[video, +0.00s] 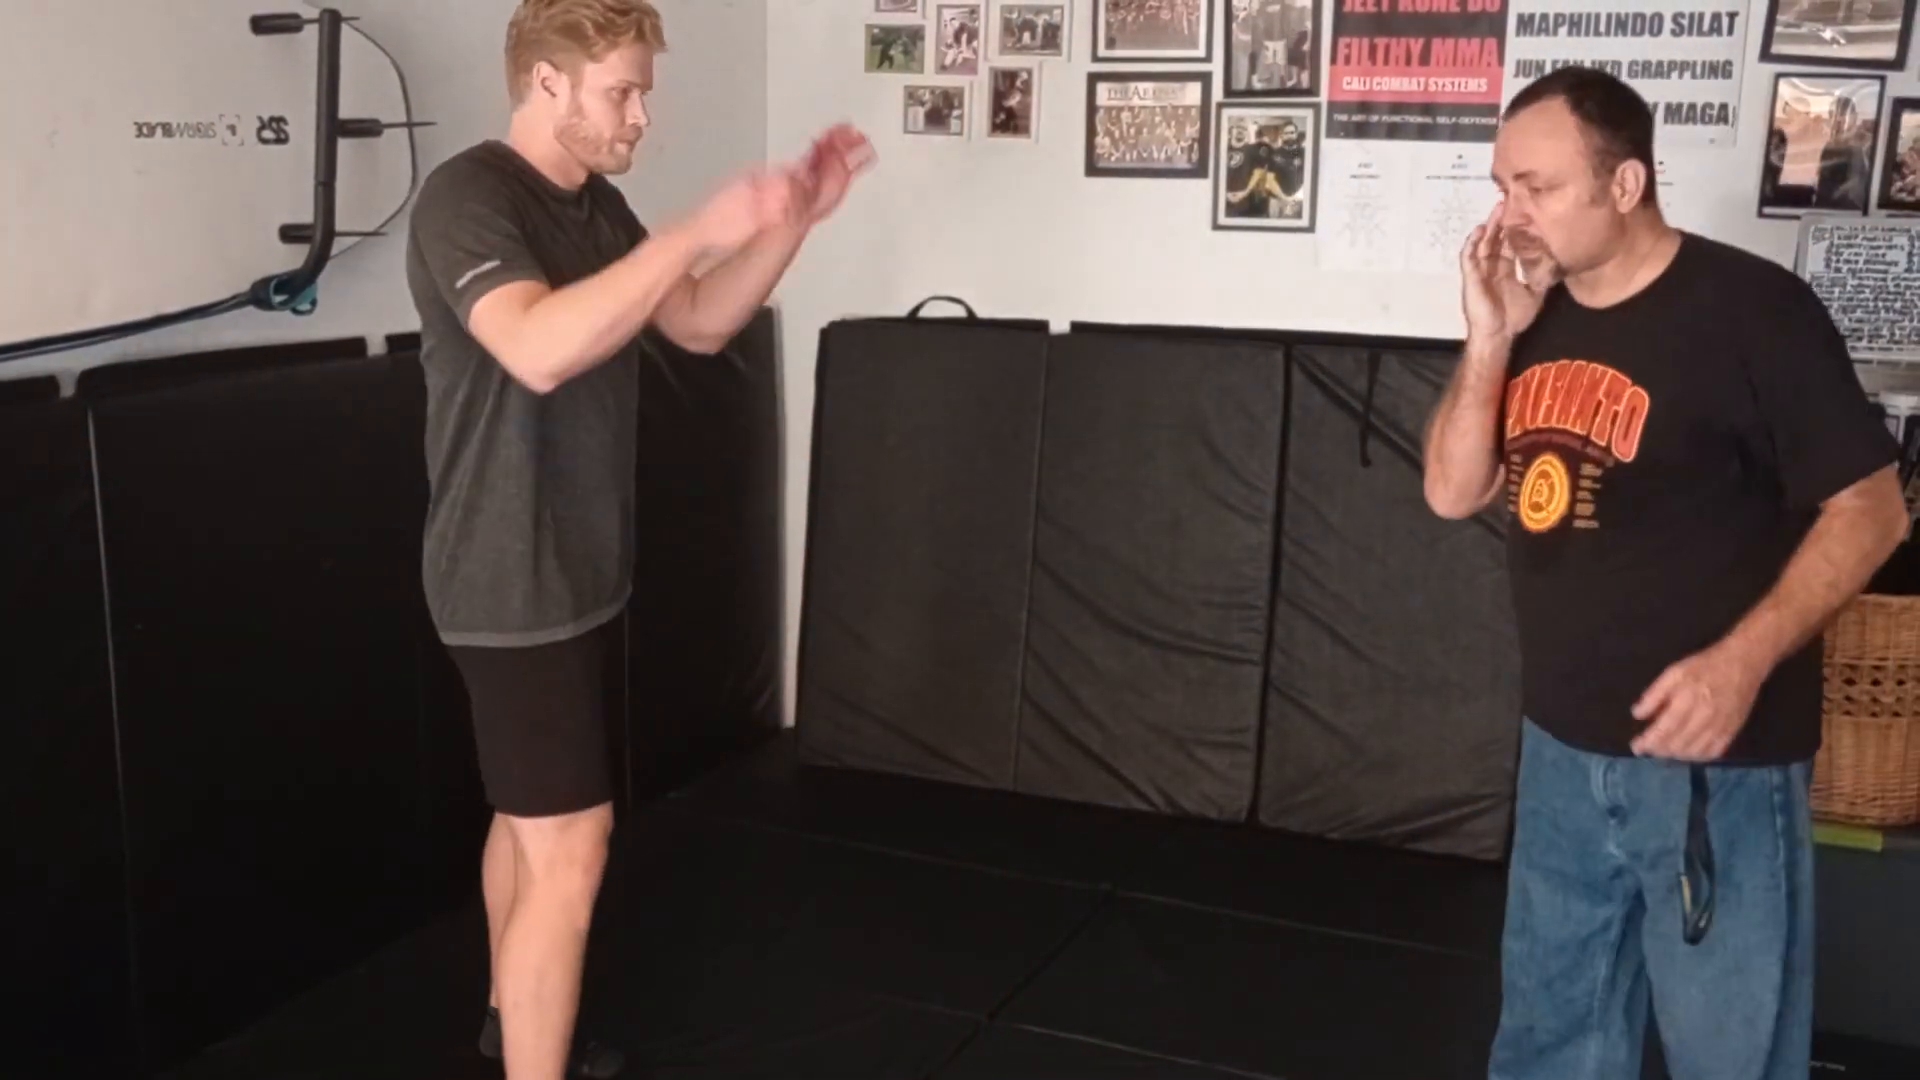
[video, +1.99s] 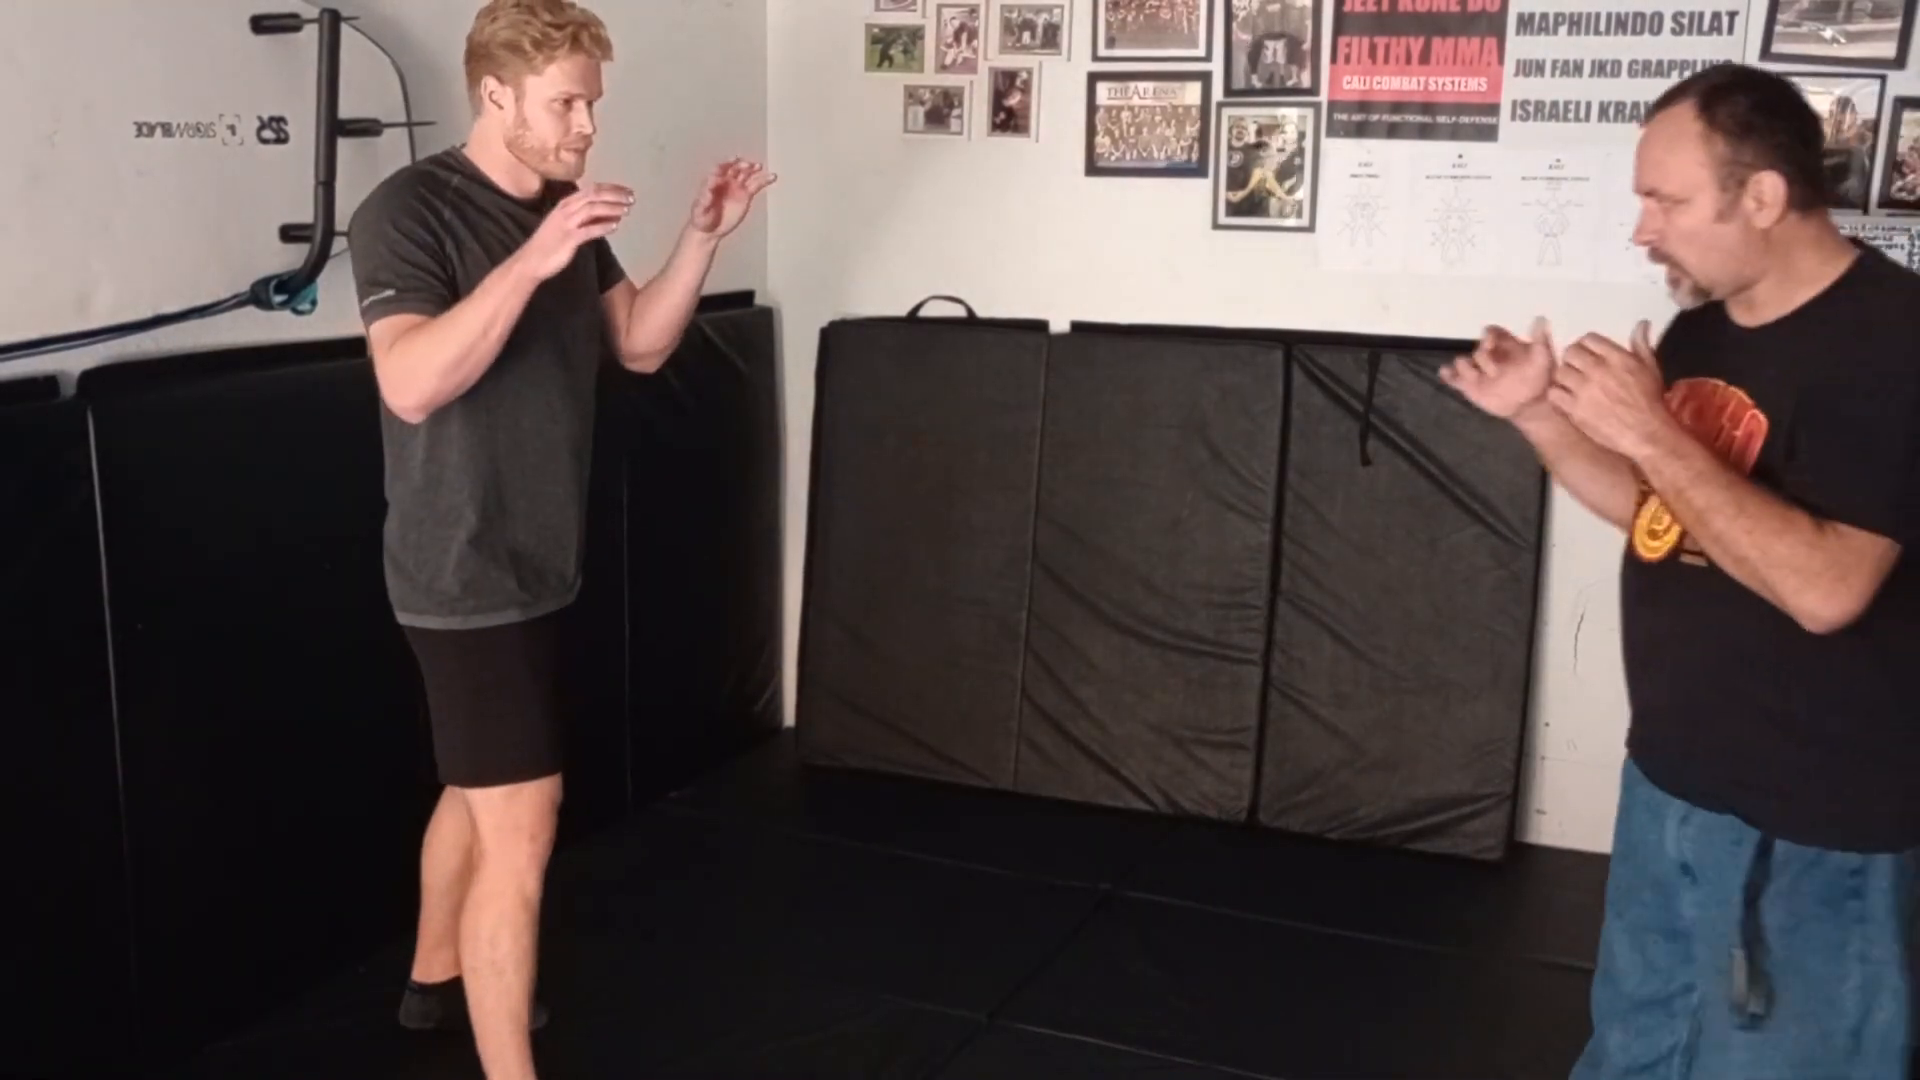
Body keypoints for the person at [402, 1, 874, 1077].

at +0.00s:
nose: (639, 116)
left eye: (644, 95)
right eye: (621, 94)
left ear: (633, 96)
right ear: (546, 88)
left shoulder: (597, 206)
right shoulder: (463, 198)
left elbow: (697, 319)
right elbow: (537, 347)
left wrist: (790, 224)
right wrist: (695, 233)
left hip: (582, 578)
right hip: (511, 592)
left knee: (526, 828)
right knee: (570, 850)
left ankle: (512, 1017)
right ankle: (538, 1068)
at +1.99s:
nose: (585, 123)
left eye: (593, 101)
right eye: (565, 101)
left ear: (590, 102)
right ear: (494, 97)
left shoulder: (558, 220)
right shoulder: (406, 211)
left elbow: (641, 340)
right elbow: (411, 384)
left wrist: (700, 233)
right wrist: (538, 256)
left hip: (541, 565)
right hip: (459, 577)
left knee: (476, 790)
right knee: (519, 828)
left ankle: (432, 980)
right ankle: (509, 1070)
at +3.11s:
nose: (900, 183)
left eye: (905, 156)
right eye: (880, 159)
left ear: (906, 147)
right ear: (803, 154)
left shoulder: (852, 262)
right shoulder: (723, 262)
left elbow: (945, 400)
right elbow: (695, 439)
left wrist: (999, 269)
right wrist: (824, 278)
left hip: (779, 627)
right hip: (734, 640)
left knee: (716, 858)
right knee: (880, 899)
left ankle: (568, 1046)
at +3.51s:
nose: (927, 177)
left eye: (927, 150)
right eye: (906, 152)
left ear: (853, 148)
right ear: (830, 148)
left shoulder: (854, 252)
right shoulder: (735, 265)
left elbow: (964, 390)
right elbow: (778, 447)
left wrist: (1009, 249)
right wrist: (883, 273)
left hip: (760, 628)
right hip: (763, 644)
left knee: (686, 859)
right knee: (900, 910)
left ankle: (565, 1052)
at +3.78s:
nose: (858, 189)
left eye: (861, 164)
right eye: (842, 164)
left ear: (792, 159)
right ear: (765, 156)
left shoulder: (769, 266)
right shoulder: (678, 281)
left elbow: (784, 405)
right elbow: (699, 484)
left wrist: (908, 371)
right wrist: (865, 395)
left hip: (754, 626)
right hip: (699, 642)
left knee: (730, 845)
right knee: (835, 903)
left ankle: (560, 1001)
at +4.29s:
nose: (713, 124)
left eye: (719, 104)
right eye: (694, 103)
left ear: (710, 104)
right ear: (622, 101)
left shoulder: (688, 211)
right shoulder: (532, 199)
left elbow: (770, 323)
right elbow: (520, 368)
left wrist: (816, 203)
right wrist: (645, 220)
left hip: (603, 559)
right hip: (519, 564)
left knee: (560, 809)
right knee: (599, 826)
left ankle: (498, 1022)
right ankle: (485, 1058)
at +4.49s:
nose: (684, 176)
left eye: (689, 152)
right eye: (664, 152)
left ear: (685, 145)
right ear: (590, 141)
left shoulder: (653, 256)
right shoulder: (489, 244)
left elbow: (702, 398)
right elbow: (472, 422)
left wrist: (768, 338)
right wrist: (600, 295)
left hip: (579, 593)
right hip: (489, 597)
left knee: (504, 816)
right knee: (569, 845)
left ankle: (419, 988)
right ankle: (480, 1072)